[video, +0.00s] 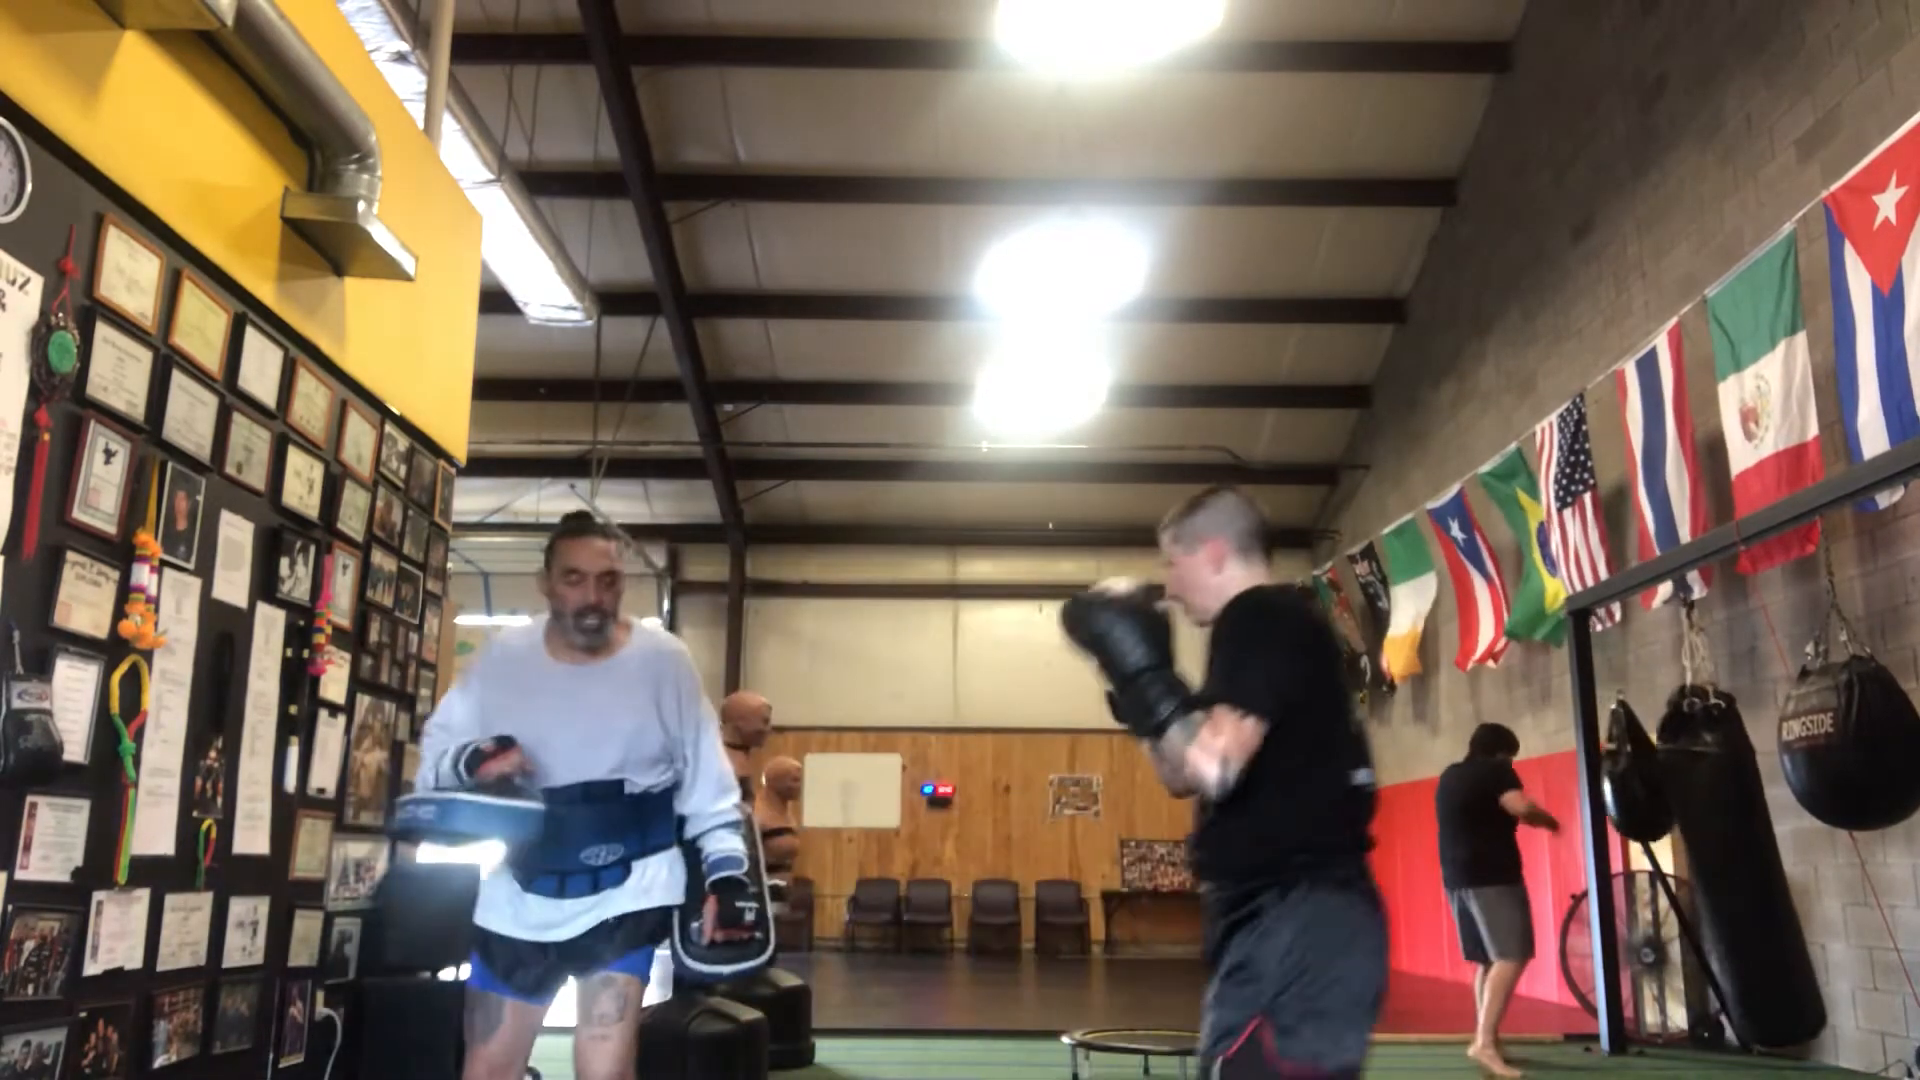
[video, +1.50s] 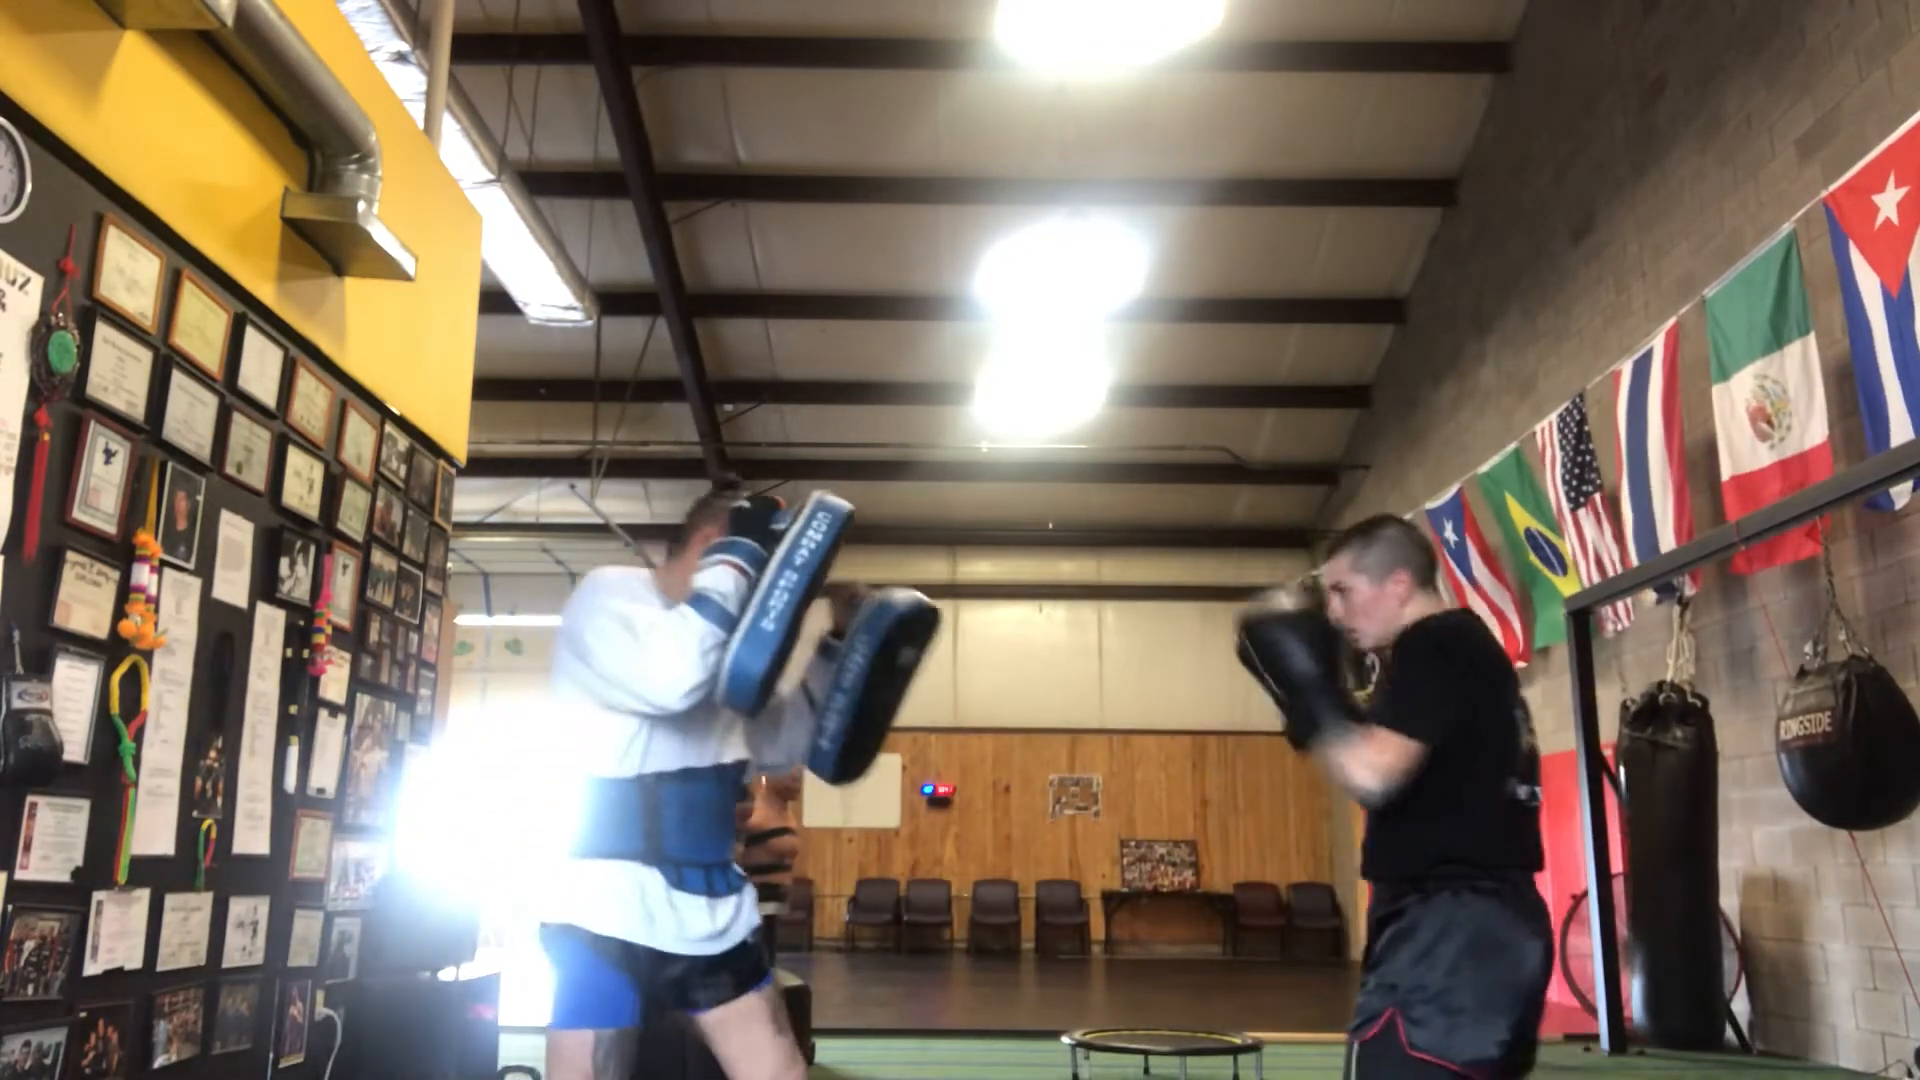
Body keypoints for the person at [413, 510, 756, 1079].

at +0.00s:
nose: (593, 597)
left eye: (607, 580)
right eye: (575, 580)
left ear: (623, 584)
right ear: (546, 586)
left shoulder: (663, 660)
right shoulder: (503, 659)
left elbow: (707, 774)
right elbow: (434, 756)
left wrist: (726, 873)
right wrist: (469, 763)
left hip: (631, 889)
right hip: (522, 887)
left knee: (604, 1067)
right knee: (488, 1068)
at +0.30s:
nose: (661, 599)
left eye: (670, 585)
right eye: (646, 579)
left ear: (674, 588)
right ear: (599, 573)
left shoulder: (678, 668)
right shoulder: (516, 641)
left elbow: (689, 799)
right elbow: (423, 755)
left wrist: (715, 886)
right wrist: (524, 752)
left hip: (637, 906)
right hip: (517, 901)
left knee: (655, 1071)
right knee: (489, 1072)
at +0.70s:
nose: (732, 592)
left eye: (740, 579)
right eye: (720, 570)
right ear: (668, 558)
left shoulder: (721, 667)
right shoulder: (573, 619)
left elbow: (727, 789)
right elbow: (479, 725)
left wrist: (771, 824)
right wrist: (593, 715)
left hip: (662, 907)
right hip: (547, 894)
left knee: (651, 1070)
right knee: (527, 1067)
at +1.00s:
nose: (719, 570)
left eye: (723, 555)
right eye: (703, 549)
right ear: (646, 543)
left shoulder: (703, 645)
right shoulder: (556, 615)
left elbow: (728, 762)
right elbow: (475, 741)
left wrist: (790, 737)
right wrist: (591, 694)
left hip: (680, 917)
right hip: (566, 910)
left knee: (672, 1072)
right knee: (560, 1073)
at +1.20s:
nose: (722, 576)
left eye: (726, 561)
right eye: (707, 555)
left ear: (654, 545)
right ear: (650, 544)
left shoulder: (696, 644)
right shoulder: (555, 608)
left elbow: (731, 760)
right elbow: (522, 752)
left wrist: (789, 682)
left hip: (691, 904)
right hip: (575, 905)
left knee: (757, 1063)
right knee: (570, 1074)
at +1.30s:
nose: (723, 577)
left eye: (730, 564)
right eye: (716, 556)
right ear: (668, 537)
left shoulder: (694, 633)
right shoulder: (567, 598)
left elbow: (733, 748)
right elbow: (583, 726)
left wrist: (794, 654)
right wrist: (680, 602)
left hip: (694, 899)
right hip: (581, 901)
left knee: (776, 1055)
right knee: (569, 1072)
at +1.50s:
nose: (729, 568)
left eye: (744, 558)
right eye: (722, 552)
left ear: (744, 565)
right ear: (694, 543)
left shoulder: (731, 644)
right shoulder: (607, 593)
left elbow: (777, 746)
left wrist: (840, 643)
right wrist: (738, 560)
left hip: (713, 911)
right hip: (602, 910)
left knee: (776, 1069)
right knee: (581, 1072)